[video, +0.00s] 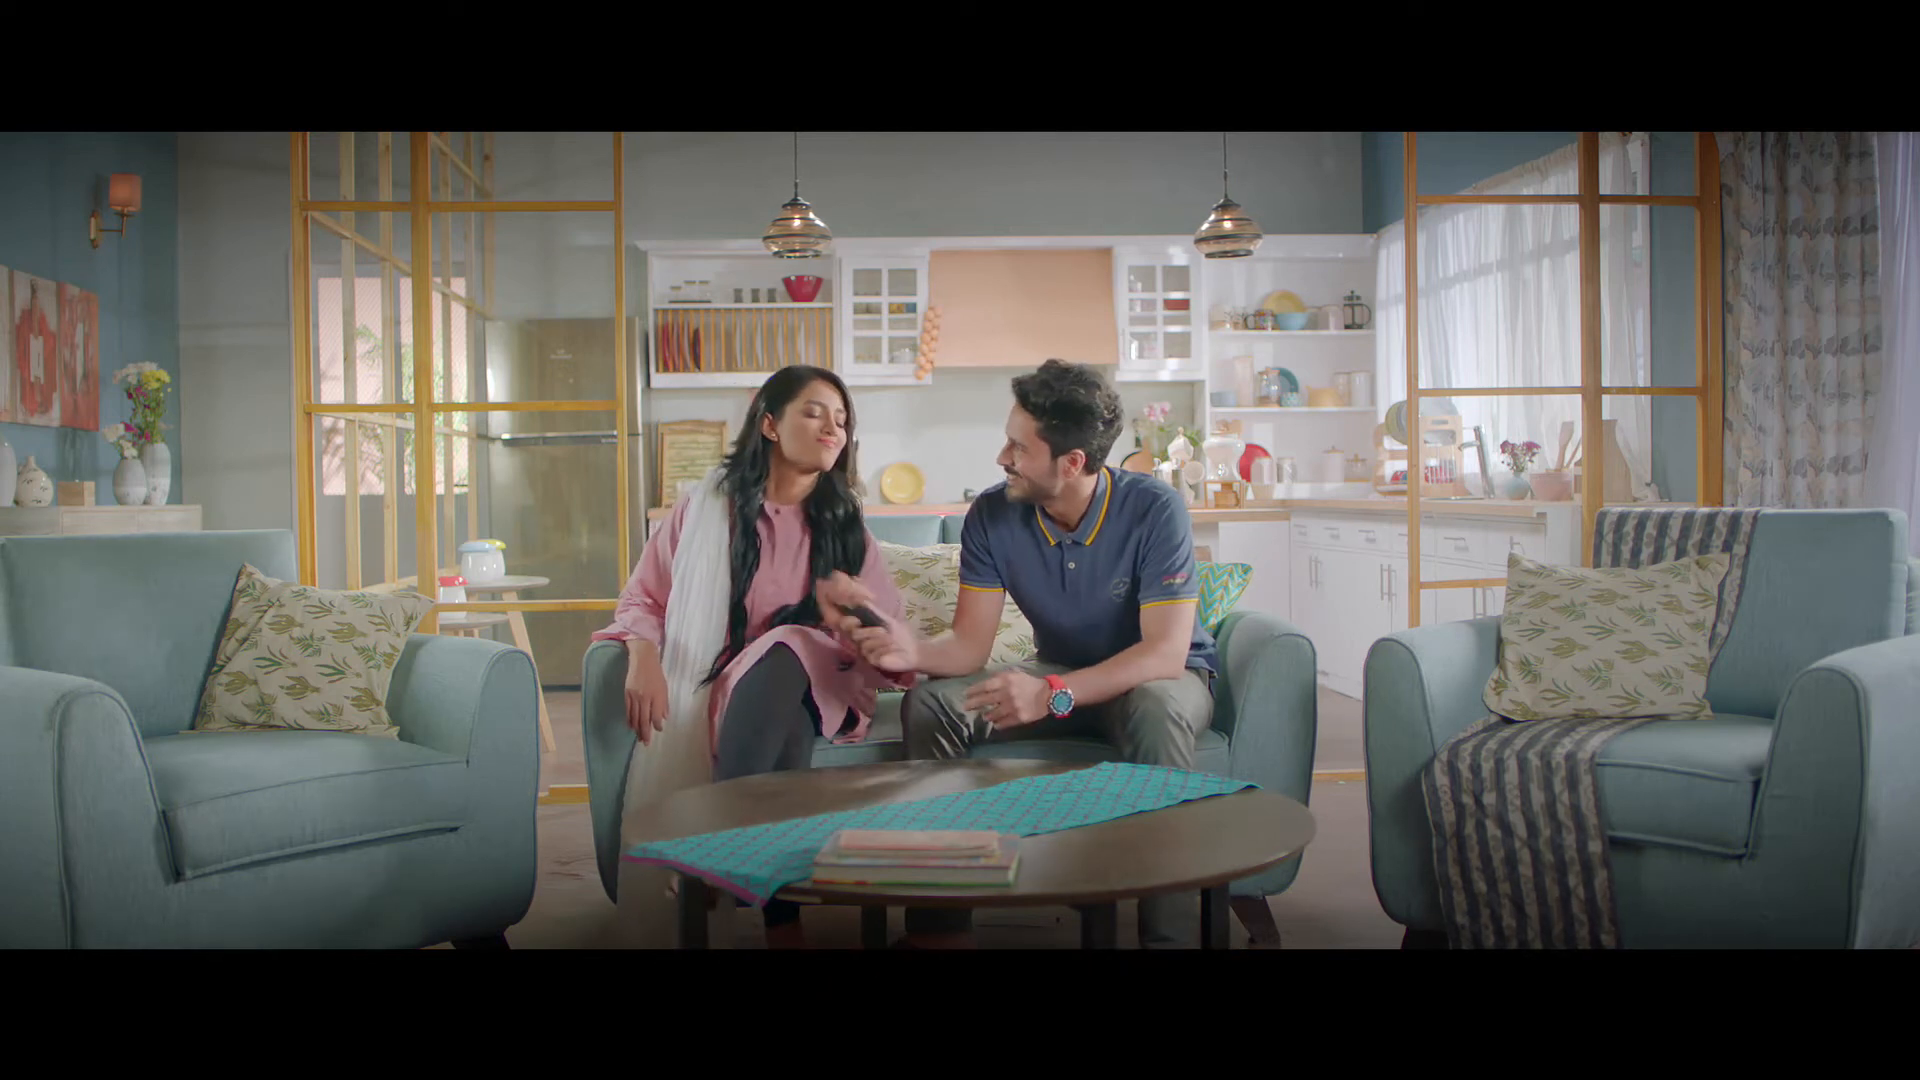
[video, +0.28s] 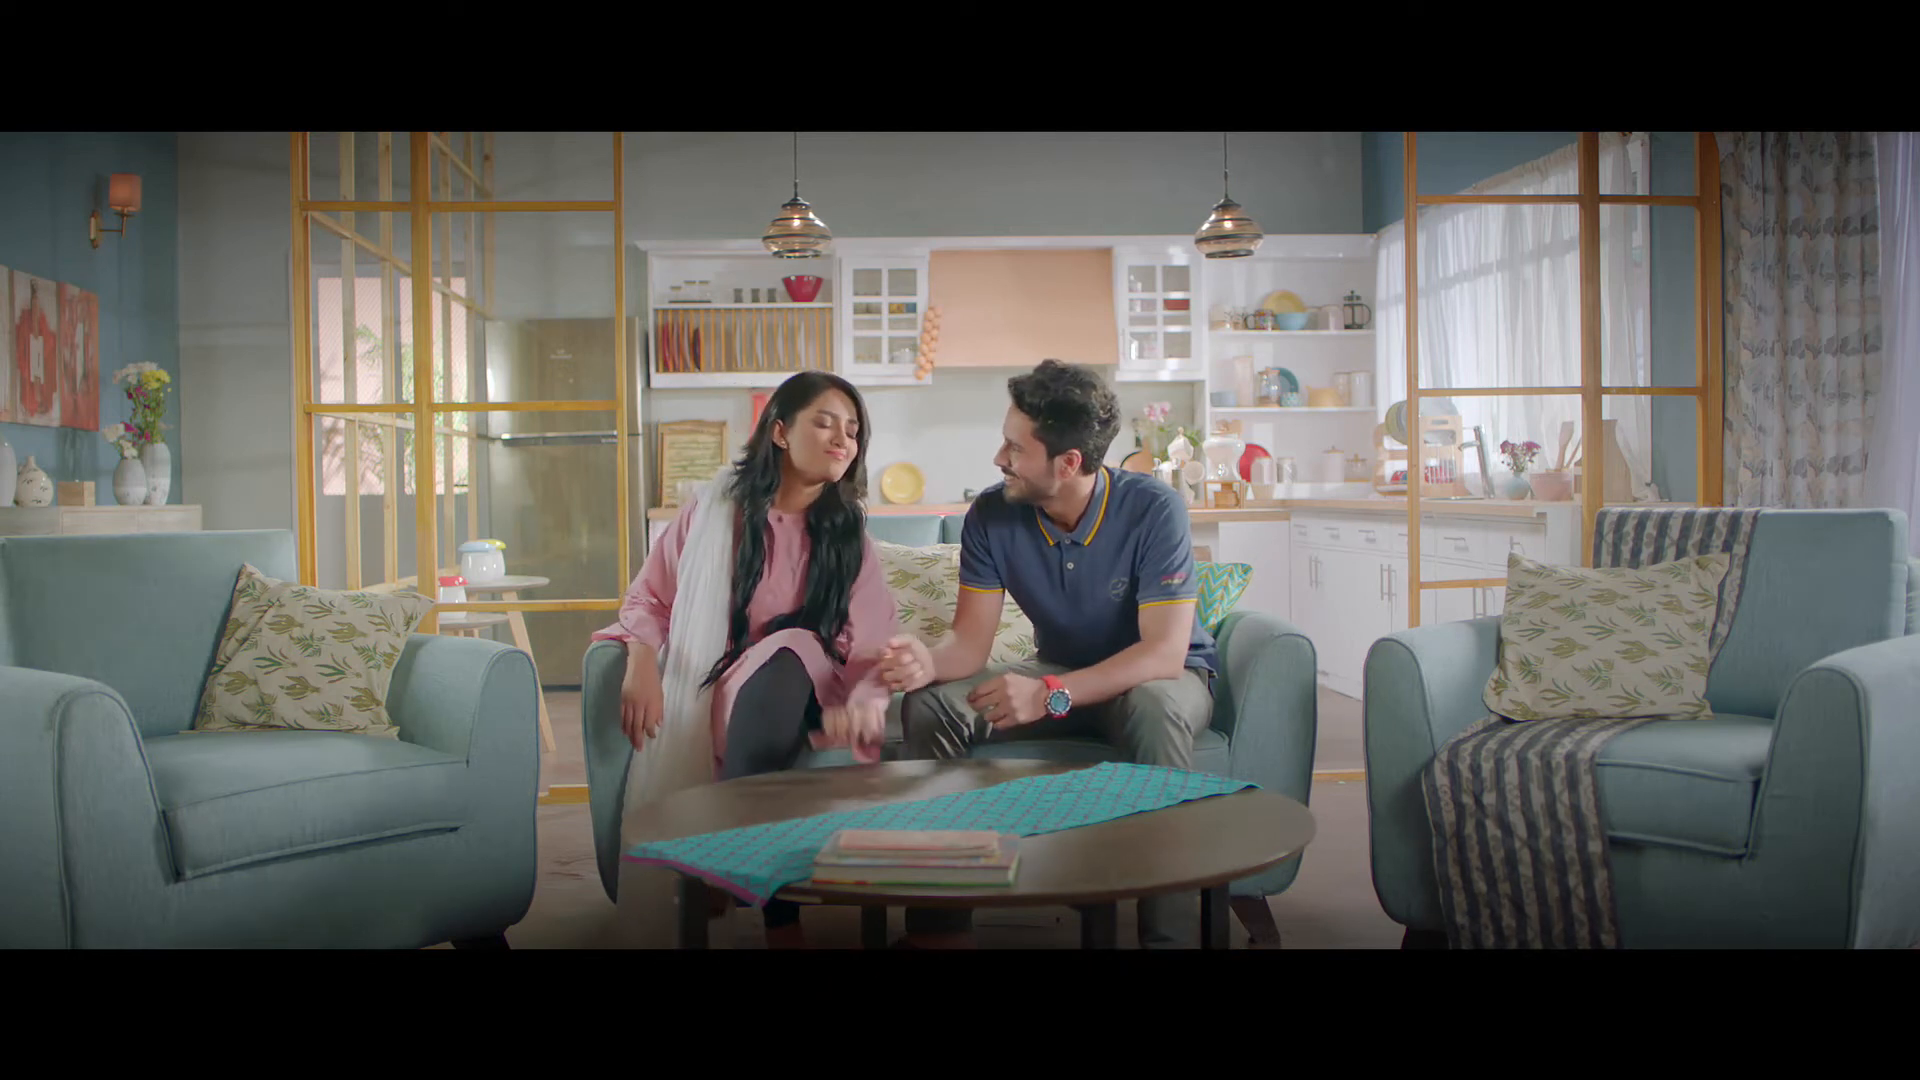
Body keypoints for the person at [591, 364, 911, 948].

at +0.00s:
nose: (832, 427)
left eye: (840, 419)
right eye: (814, 414)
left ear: (847, 437)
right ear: (772, 425)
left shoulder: (845, 527)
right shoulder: (707, 507)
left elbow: (891, 633)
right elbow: (644, 599)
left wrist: (864, 633)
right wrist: (643, 655)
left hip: (828, 676)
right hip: (733, 676)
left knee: (786, 645)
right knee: (789, 715)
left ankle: (722, 850)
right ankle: (782, 904)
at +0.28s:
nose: (843, 439)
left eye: (852, 430)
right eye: (826, 423)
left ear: (857, 447)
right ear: (781, 432)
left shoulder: (848, 534)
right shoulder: (713, 510)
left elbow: (873, 645)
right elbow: (649, 599)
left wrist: (864, 700)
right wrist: (641, 664)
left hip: (819, 698)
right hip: (719, 690)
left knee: (791, 643)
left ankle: (725, 859)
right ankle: (781, 908)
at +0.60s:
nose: (841, 420)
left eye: (848, 411)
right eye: (824, 403)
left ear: (853, 427)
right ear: (780, 413)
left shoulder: (846, 509)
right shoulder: (714, 497)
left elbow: (884, 651)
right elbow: (652, 594)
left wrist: (861, 601)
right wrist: (641, 656)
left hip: (826, 669)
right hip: (733, 672)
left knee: (798, 651)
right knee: (789, 713)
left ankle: (748, 862)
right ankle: (780, 899)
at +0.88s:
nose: (879, 423)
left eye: (884, 415)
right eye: (861, 411)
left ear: (890, 433)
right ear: (819, 429)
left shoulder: (884, 524)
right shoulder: (754, 508)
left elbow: (920, 635)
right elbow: (672, 590)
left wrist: (971, 603)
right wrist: (647, 664)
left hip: (841, 659)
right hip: (753, 667)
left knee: (854, 703)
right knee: (782, 735)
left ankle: (847, 891)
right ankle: (761, 915)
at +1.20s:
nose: (941, 355)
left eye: (942, 344)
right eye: (924, 342)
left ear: (945, 356)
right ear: (877, 358)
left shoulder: (945, 447)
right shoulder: (814, 452)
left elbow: (1049, 476)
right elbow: (725, 527)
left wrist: (1118, 406)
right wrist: (722, 602)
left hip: (885, 678)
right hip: (799, 674)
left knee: (912, 822)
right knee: (836, 819)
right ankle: (782, 933)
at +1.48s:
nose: (1094, 199)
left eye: (1096, 187)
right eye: (1076, 184)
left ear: (1085, 207)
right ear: (1025, 198)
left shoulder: (1095, 289)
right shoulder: (978, 297)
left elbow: (1190, 246)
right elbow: (890, 403)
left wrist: (1230, 158)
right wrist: (832, 509)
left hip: (1074, 555)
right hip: (969, 554)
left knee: (1086, 750)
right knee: (908, 745)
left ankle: (1094, 918)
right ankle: (834, 904)